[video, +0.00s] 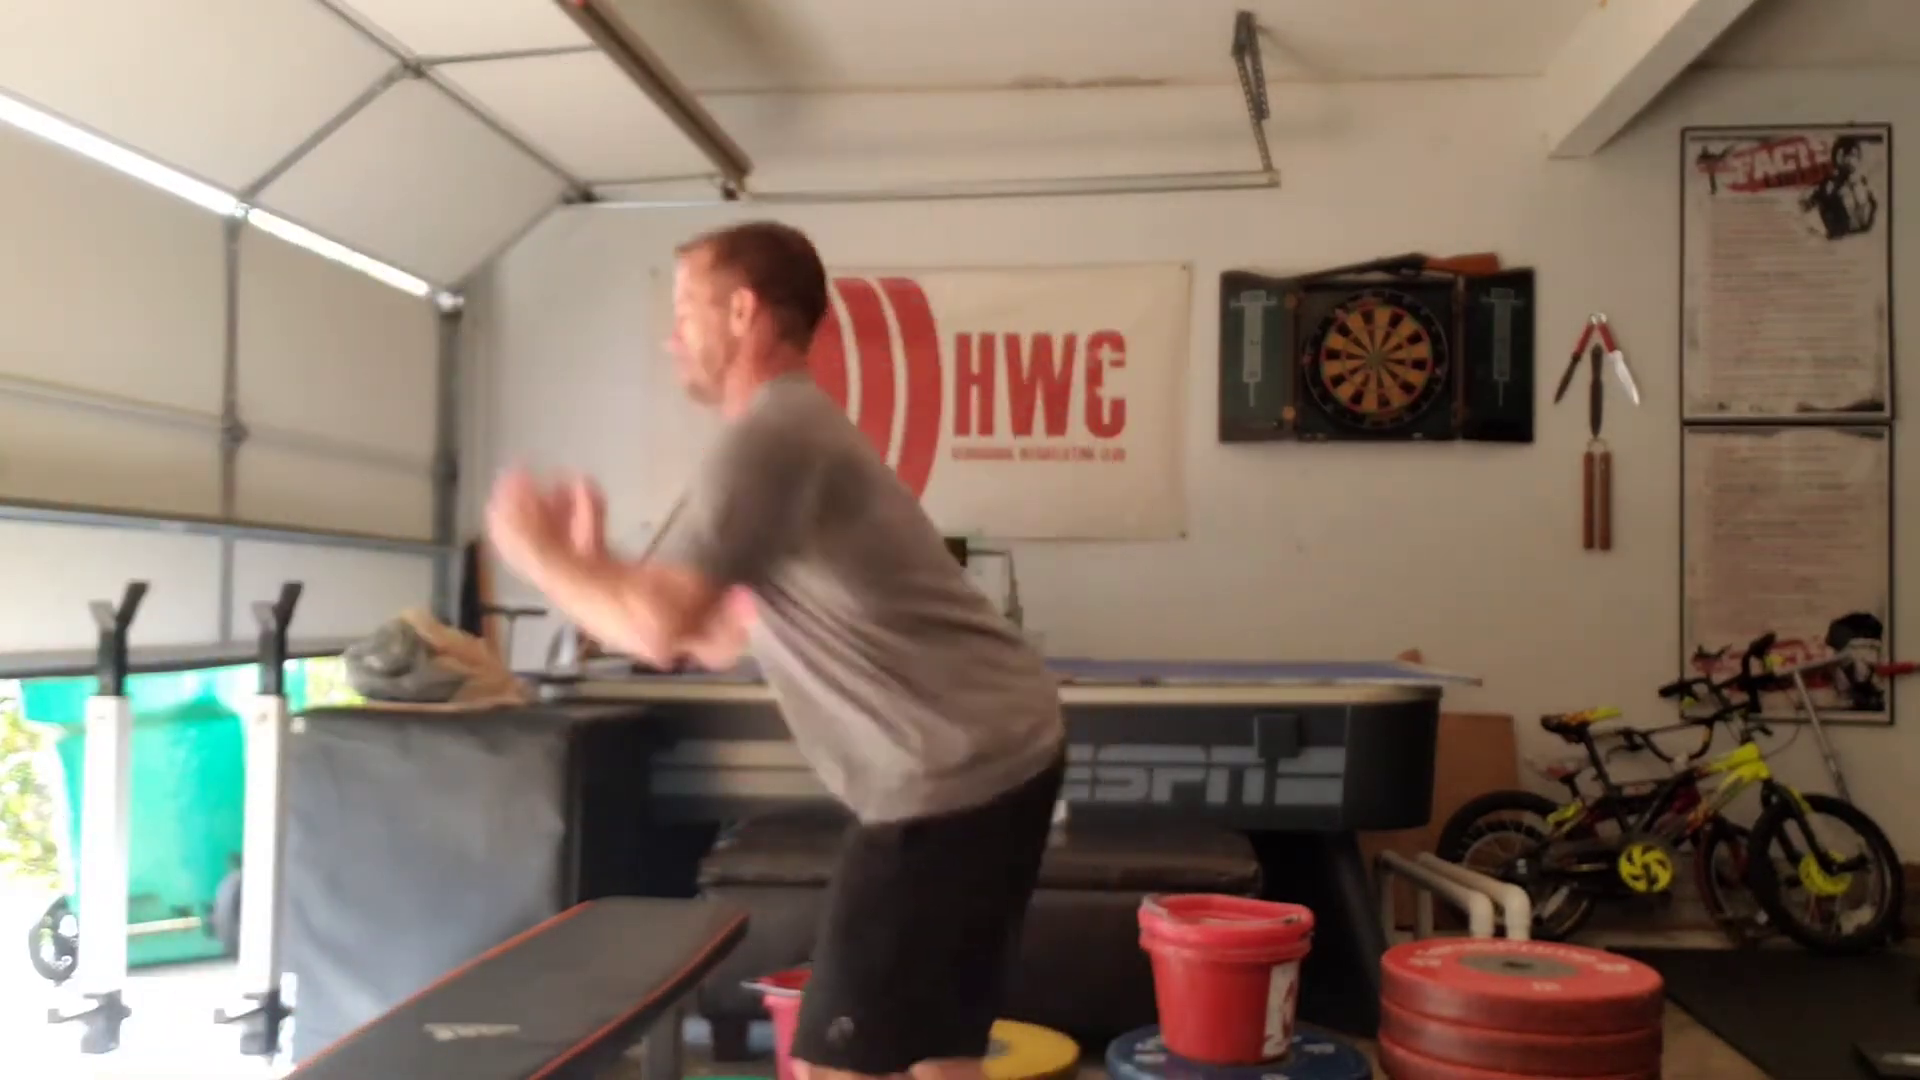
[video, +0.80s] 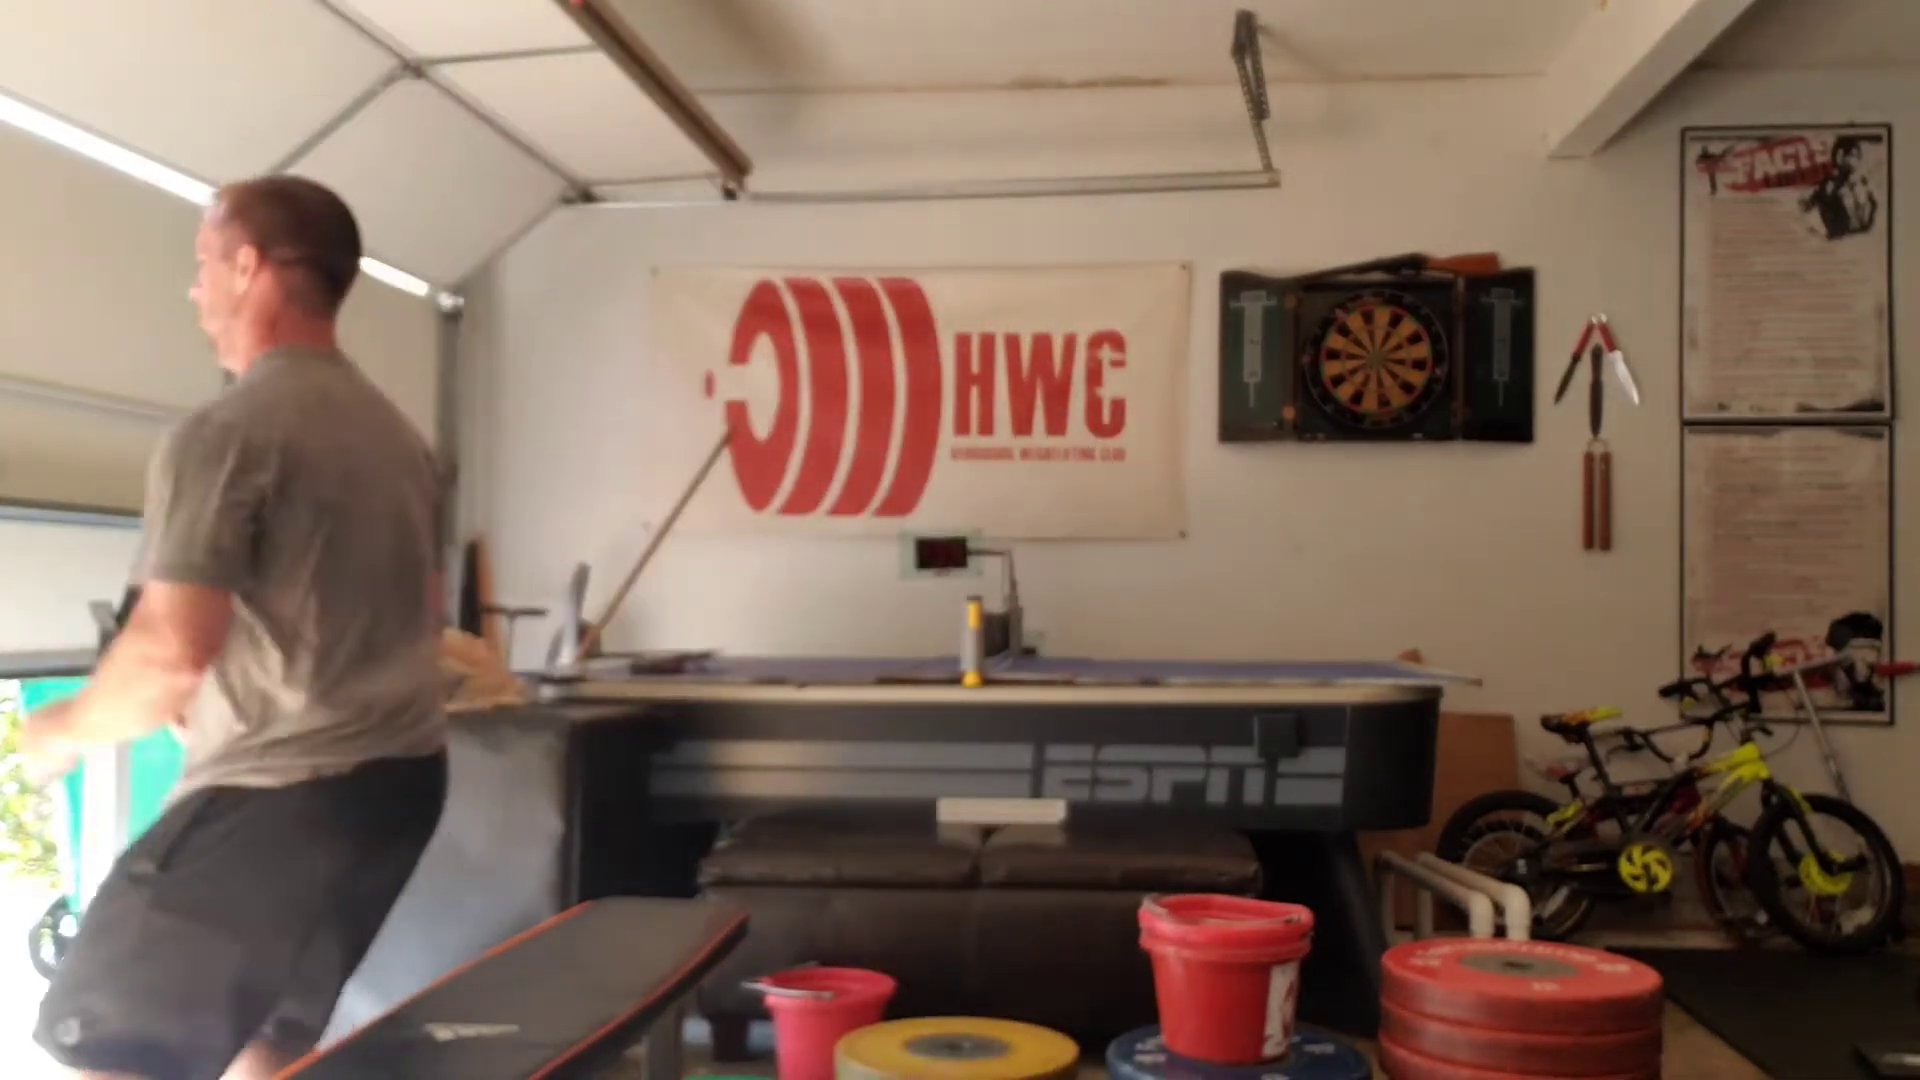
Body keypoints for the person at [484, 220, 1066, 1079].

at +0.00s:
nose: (671, 334)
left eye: (686, 309)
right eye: (674, 311)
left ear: (745, 316)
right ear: (749, 321)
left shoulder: (773, 430)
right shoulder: (793, 427)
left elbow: (656, 622)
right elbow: (710, 638)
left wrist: (536, 552)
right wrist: (598, 564)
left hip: (946, 769)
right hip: (987, 750)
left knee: (840, 1056)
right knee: (942, 1049)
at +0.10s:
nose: (601, 179)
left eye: (611, 153)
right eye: (603, 157)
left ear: (669, 138)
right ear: (694, 145)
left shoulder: (702, 221)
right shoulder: (718, 243)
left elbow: (492, 320)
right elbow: (618, 383)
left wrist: (474, 194)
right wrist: (560, 251)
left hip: (850, 606)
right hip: (869, 598)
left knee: (877, 914)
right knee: (916, 904)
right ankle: (953, 1075)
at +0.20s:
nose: (525, 60)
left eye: (532, 37)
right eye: (526, 44)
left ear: (592, 18)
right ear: (622, 24)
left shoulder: (625, 88)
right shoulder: (671, 112)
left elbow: (424, 172)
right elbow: (582, 289)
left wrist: (344, 76)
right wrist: (503, 193)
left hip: (782, 455)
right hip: (833, 452)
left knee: (632, 737)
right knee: (759, 717)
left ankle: (892, 866)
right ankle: (913, 866)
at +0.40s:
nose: (354, 45)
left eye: (359, 19)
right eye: (350, 26)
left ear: (423, 12)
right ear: (454, 18)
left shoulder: (457, 99)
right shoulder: (534, 103)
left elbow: (339, 300)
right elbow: (575, 346)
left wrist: (151, 389)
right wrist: (412, 386)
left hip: (666, 389)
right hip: (739, 411)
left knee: (369, 499)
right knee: (516, 534)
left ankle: (377, 819)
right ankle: (449, 783)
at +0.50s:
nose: (306, 57)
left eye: (311, 31)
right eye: (302, 34)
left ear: (366, 18)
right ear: (403, 20)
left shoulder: (404, 112)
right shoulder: (488, 108)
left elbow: (384, 325)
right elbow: (593, 315)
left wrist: (253, 461)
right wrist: (475, 425)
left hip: (581, 423)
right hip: (666, 440)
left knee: (321, 637)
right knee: (458, 657)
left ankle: (251, 967)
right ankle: (354, 926)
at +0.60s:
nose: (265, 146)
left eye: (264, 112)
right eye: (257, 118)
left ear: (321, 90)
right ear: (374, 92)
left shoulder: (346, 198)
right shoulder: (486, 207)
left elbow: (434, 363)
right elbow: (607, 368)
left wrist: (325, 536)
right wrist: (504, 460)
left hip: (414, 584)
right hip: (517, 587)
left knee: (245, 872)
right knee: (378, 860)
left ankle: (233, 1076)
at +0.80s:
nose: (194, 296)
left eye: (205, 267)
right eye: (197, 269)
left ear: (255, 268)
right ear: (331, 282)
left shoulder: (230, 428)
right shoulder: (400, 436)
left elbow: (171, 653)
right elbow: (425, 617)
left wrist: (55, 734)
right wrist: (230, 689)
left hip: (275, 795)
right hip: (399, 781)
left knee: (101, 1044)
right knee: (271, 1045)